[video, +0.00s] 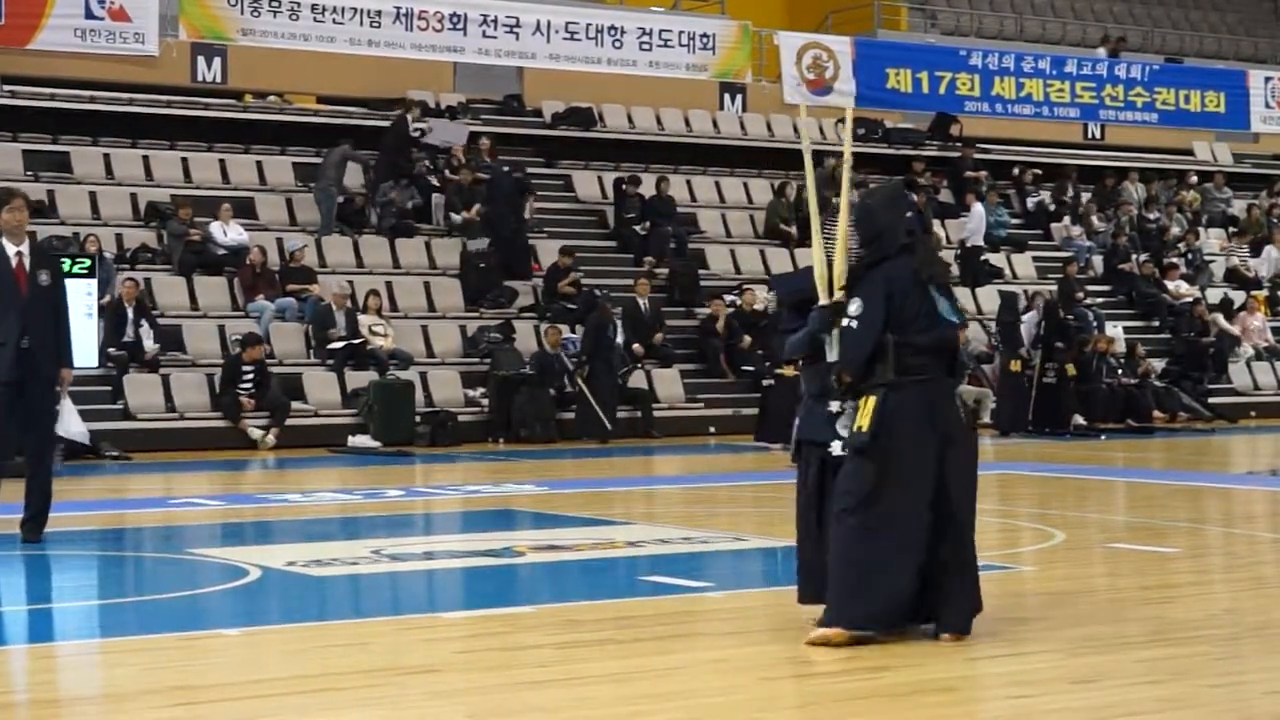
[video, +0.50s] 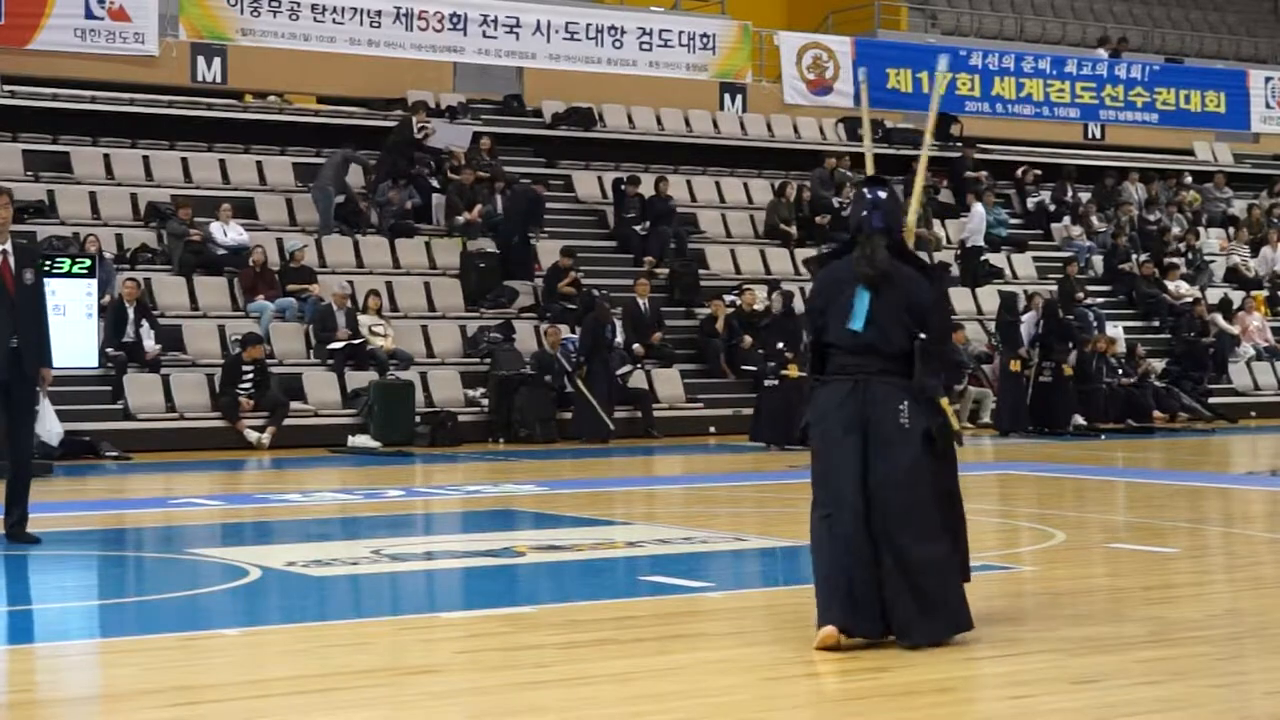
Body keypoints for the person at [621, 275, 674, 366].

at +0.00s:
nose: (643, 288)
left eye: (646, 285)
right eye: (640, 285)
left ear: (650, 287)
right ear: (635, 287)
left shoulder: (655, 303)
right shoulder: (628, 304)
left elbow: (662, 323)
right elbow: (627, 328)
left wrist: (661, 333)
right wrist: (634, 343)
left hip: (652, 342)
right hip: (635, 343)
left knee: (669, 355)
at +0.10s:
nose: (644, 287)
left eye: (646, 284)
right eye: (640, 284)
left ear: (650, 287)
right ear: (635, 287)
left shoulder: (655, 303)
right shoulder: (628, 304)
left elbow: (662, 323)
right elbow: (627, 328)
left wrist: (661, 333)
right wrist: (634, 343)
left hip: (652, 342)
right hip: (635, 343)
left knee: (669, 354)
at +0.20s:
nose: (643, 287)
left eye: (646, 285)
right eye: (640, 285)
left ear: (650, 287)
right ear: (635, 287)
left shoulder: (655, 303)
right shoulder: (628, 304)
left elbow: (662, 323)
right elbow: (627, 328)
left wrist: (661, 333)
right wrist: (634, 343)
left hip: (652, 342)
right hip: (635, 342)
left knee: (669, 354)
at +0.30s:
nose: (643, 288)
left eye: (646, 285)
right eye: (640, 285)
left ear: (650, 287)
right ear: (635, 287)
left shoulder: (654, 303)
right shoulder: (628, 304)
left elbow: (661, 323)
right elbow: (627, 328)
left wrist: (660, 333)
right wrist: (634, 343)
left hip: (651, 342)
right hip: (635, 342)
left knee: (669, 355)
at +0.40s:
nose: (643, 288)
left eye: (646, 285)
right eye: (640, 285)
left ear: (650, 287)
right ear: (635, 288)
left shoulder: (654, 303)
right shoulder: (629, 305)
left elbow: (662, 324)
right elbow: (627, 328)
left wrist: (660, 334)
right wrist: (634, 344)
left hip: (651, 342)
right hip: (635, 343)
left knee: (670, 355)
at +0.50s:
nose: (644, 288)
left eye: (646, 285)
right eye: (640, 285)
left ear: (650, 287)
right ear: (635, 288)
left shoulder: (654, 303)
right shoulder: (629, 305)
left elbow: (661, 325)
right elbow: (627, 328)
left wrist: (659, 333)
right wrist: (634, 344)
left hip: (651, 342)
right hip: (635, 343)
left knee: (670, 355)